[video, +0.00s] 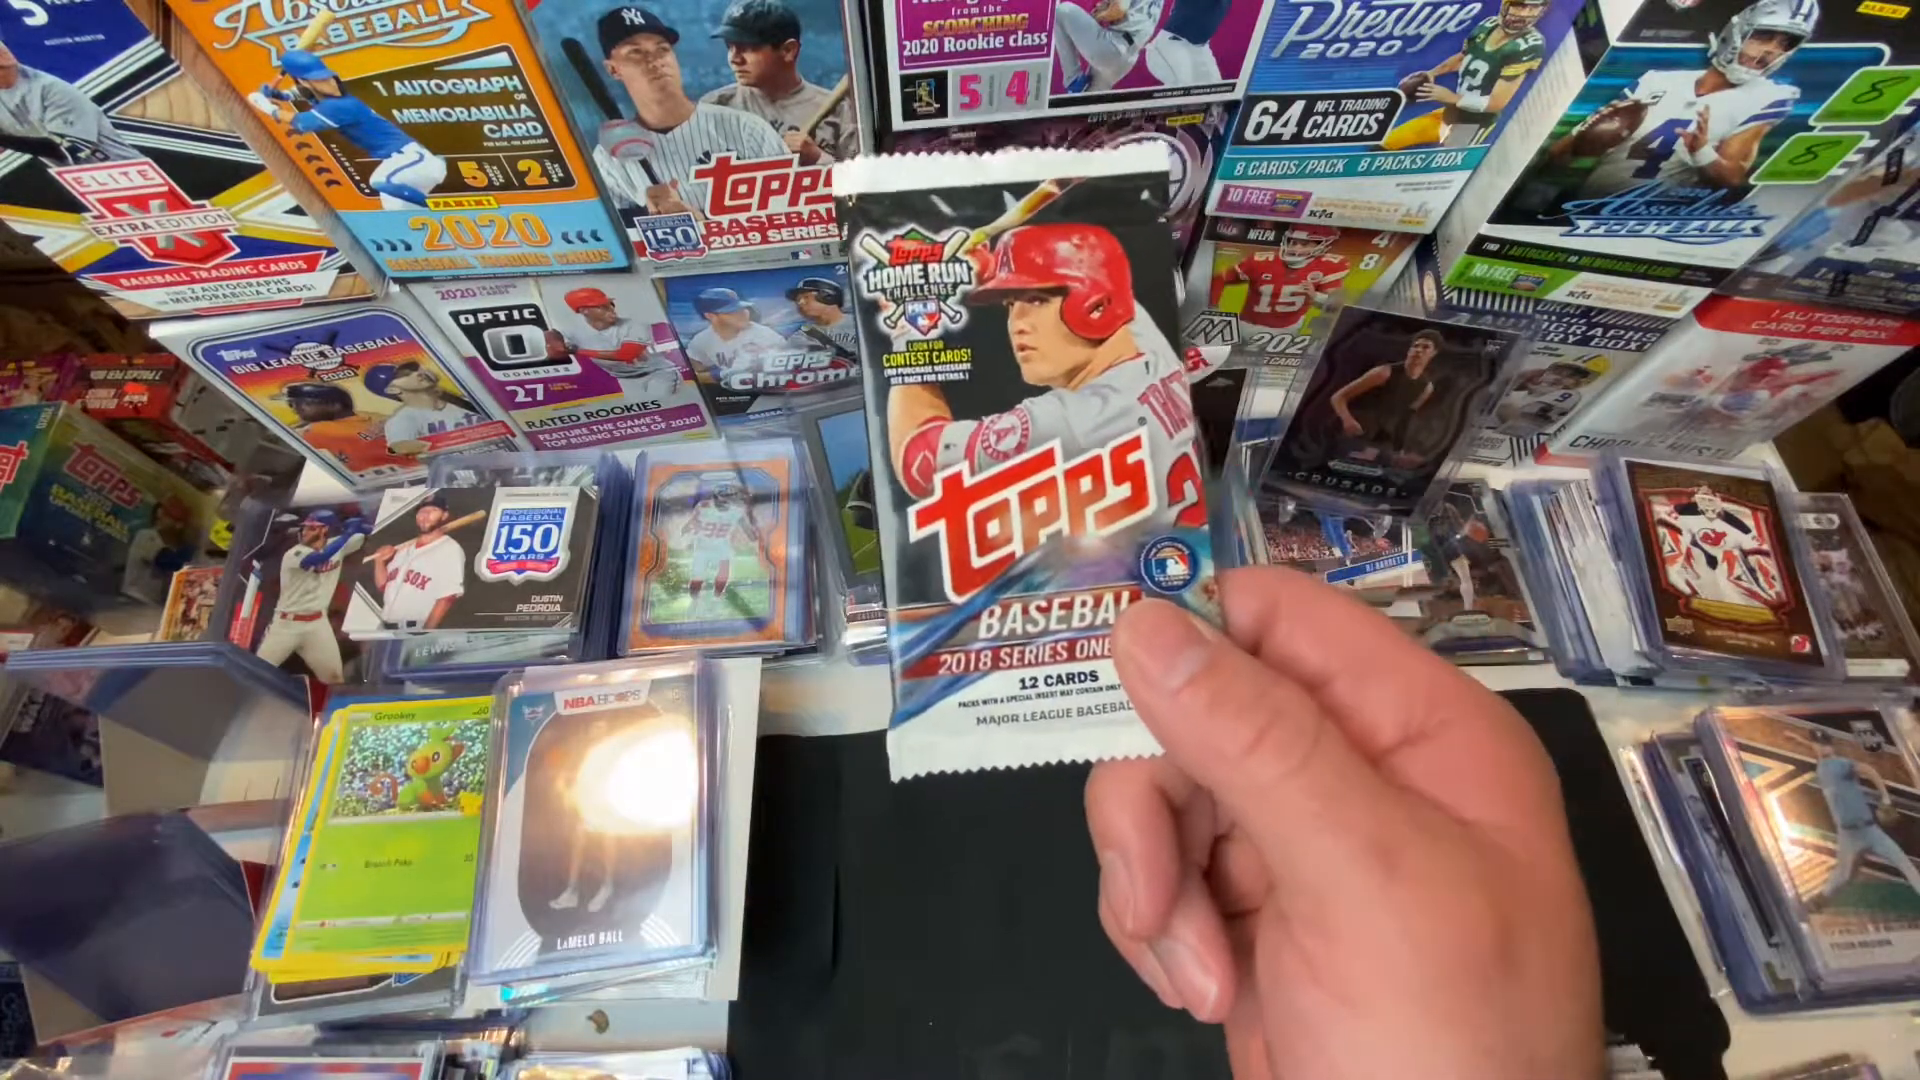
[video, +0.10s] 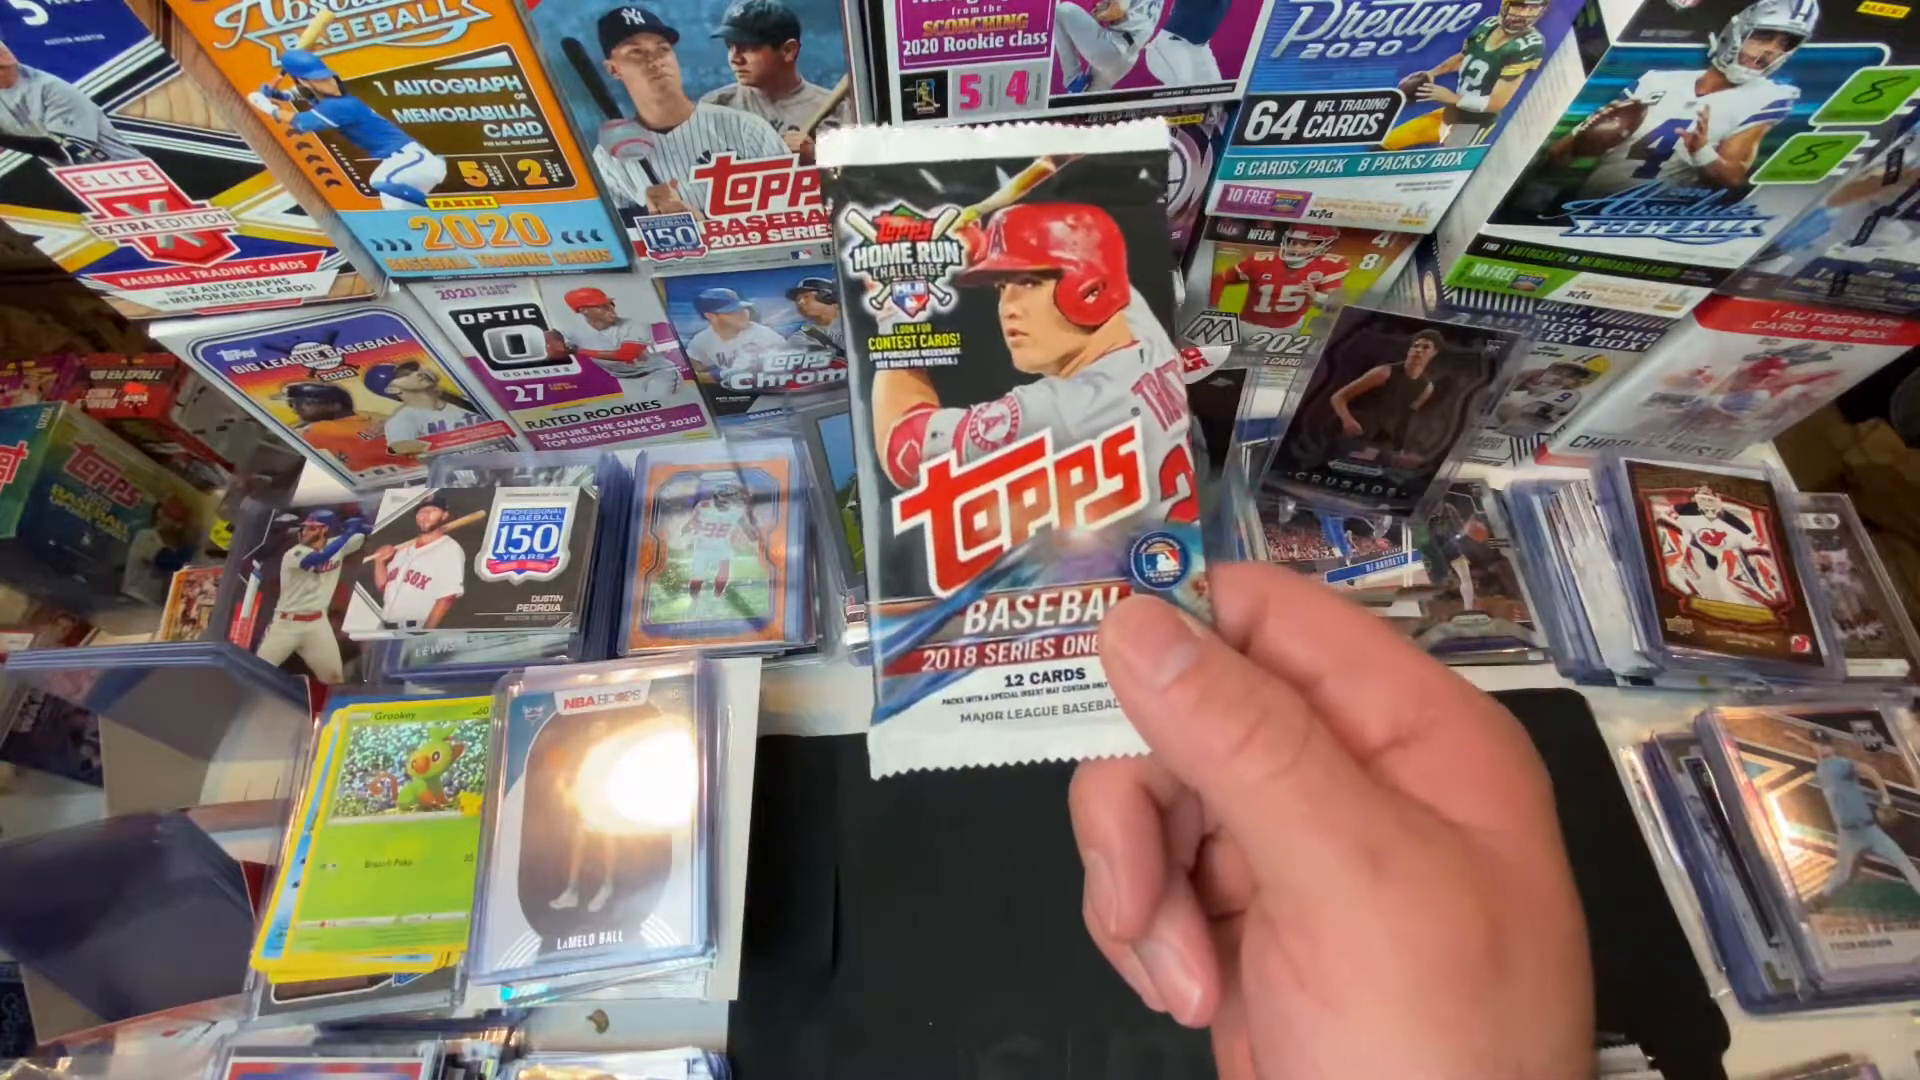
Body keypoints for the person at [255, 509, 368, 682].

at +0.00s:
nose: (303, 532)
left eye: (309, 528)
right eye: (304, 528)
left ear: (324, 531)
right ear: (303, 530)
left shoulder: (336, 549)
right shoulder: (293, 554)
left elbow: (365, 532)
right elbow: (319, 560)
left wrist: (353, 523)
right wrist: (347, 536)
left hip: (317, 625)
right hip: (284, 624)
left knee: (334, 680)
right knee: (258, 671)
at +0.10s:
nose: (303, 532)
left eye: (309, 528)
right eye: (303, 528)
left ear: (324, 531)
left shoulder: (336, 549)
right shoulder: (293, 554)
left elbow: (366, 532)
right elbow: (319, 559)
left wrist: (355, 524)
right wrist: (346, 536)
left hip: (317, 625)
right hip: (284, 624)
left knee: (334, 679)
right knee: (259, 671)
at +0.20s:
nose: (303, 532)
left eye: (309, 528)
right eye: (304, 528)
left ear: (324, 531)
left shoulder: (337, 549)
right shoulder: (293, 554)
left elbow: (366, 532)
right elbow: (319, 560)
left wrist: (354, 522)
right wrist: (346, 536)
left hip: (317, 625)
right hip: (284, 624)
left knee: (334, 679)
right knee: (258, 671)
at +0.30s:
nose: (304, 531)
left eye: (310, 528)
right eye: (304, 527)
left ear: (324, 531)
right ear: (303, 529)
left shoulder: (337, 548)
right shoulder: (293, 554)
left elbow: (366, 532)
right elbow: (317, 560)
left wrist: (355, 523)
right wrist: (348, 535)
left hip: (317, 625)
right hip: (285, 624)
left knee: (334, 678)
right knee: (258, 671)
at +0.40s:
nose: (304, 531)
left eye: (310, 528)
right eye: (304, 527)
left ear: (324, 531)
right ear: (303, 529)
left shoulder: (337, 549)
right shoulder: (293, 554)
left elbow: (365, 532)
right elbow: (318, 560)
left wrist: (356, 523)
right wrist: (347, 536)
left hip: (317, 625)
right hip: (285, 625)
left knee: (334, 679)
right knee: (258, 671)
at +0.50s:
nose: (304, 531)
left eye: (310, 528)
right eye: (304, 527)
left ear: (324, 531)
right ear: (303, 529)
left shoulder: (337, 549)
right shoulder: (293, 554)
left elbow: (366, 532)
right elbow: (318, 560)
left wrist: (356, 523)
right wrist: (347, 535)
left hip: (317, 626)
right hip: (284, 625)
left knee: (334, 680)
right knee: (257, 672)